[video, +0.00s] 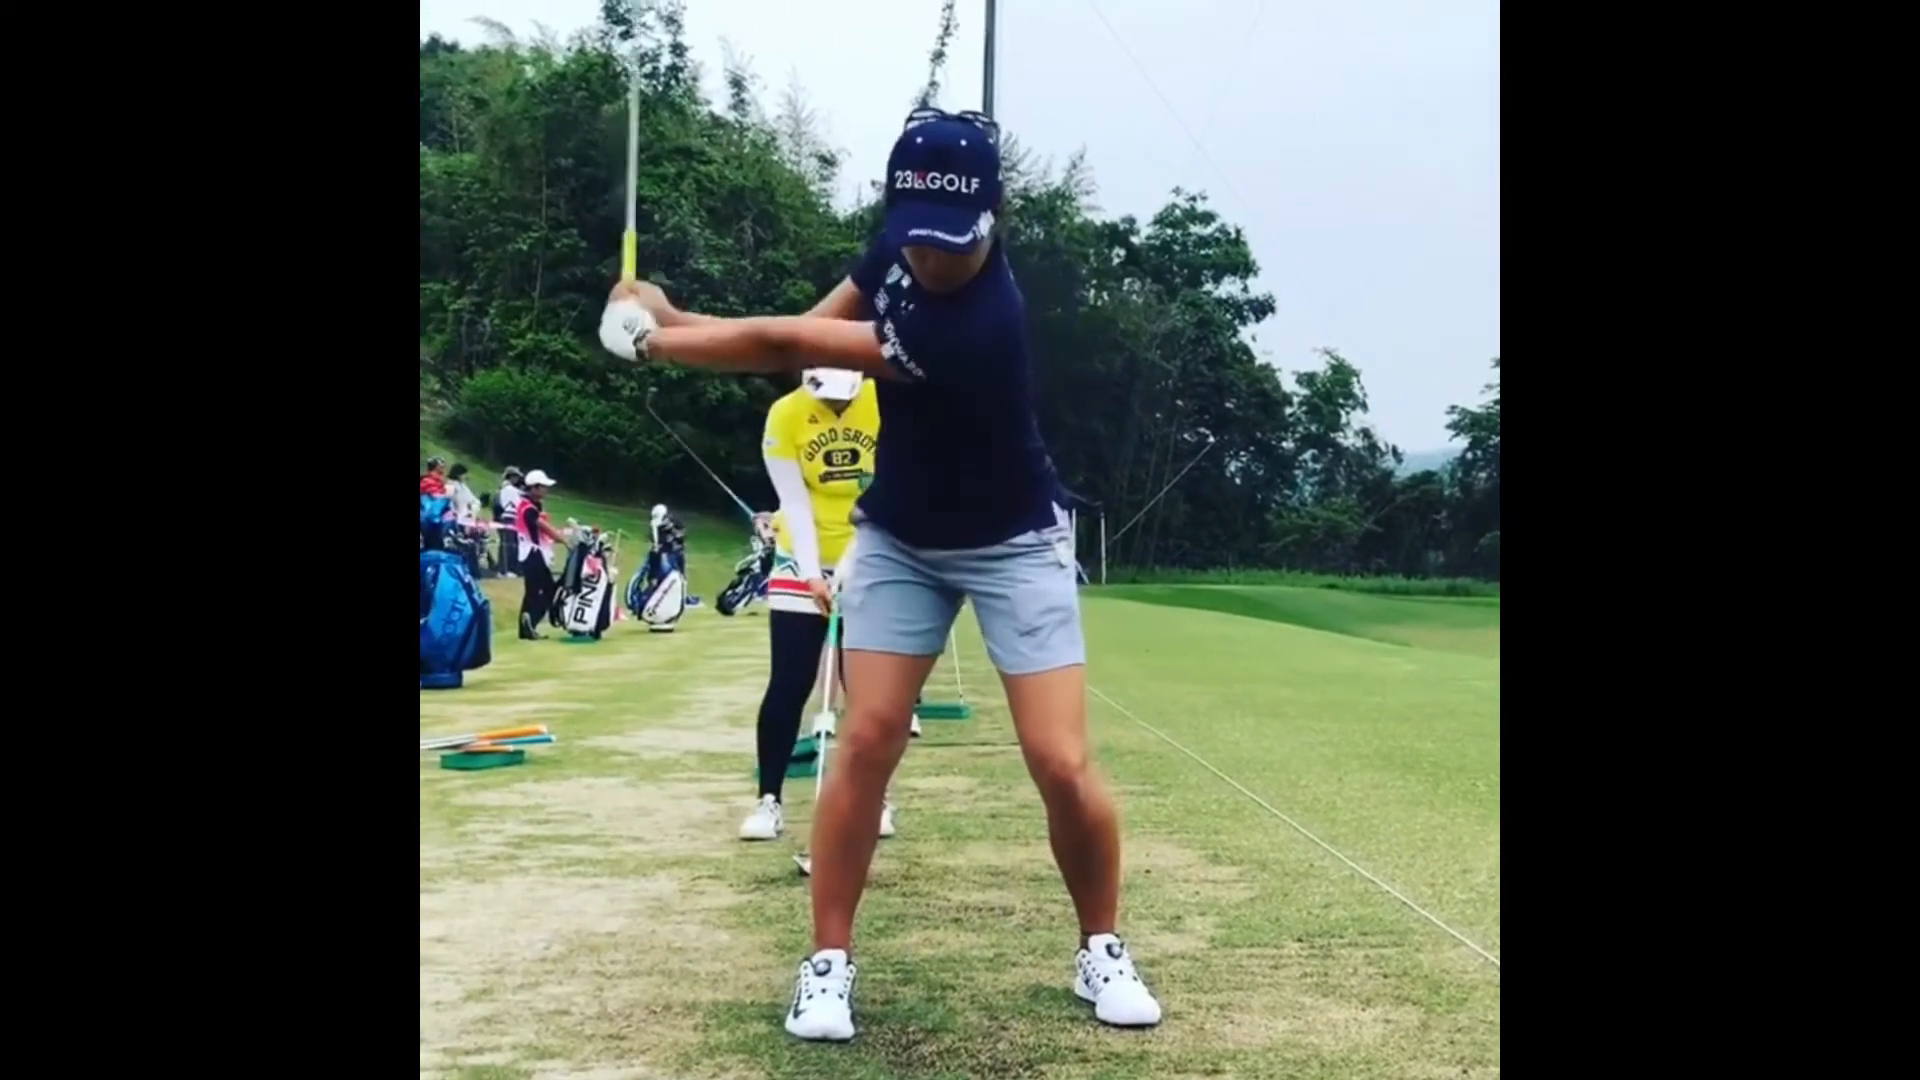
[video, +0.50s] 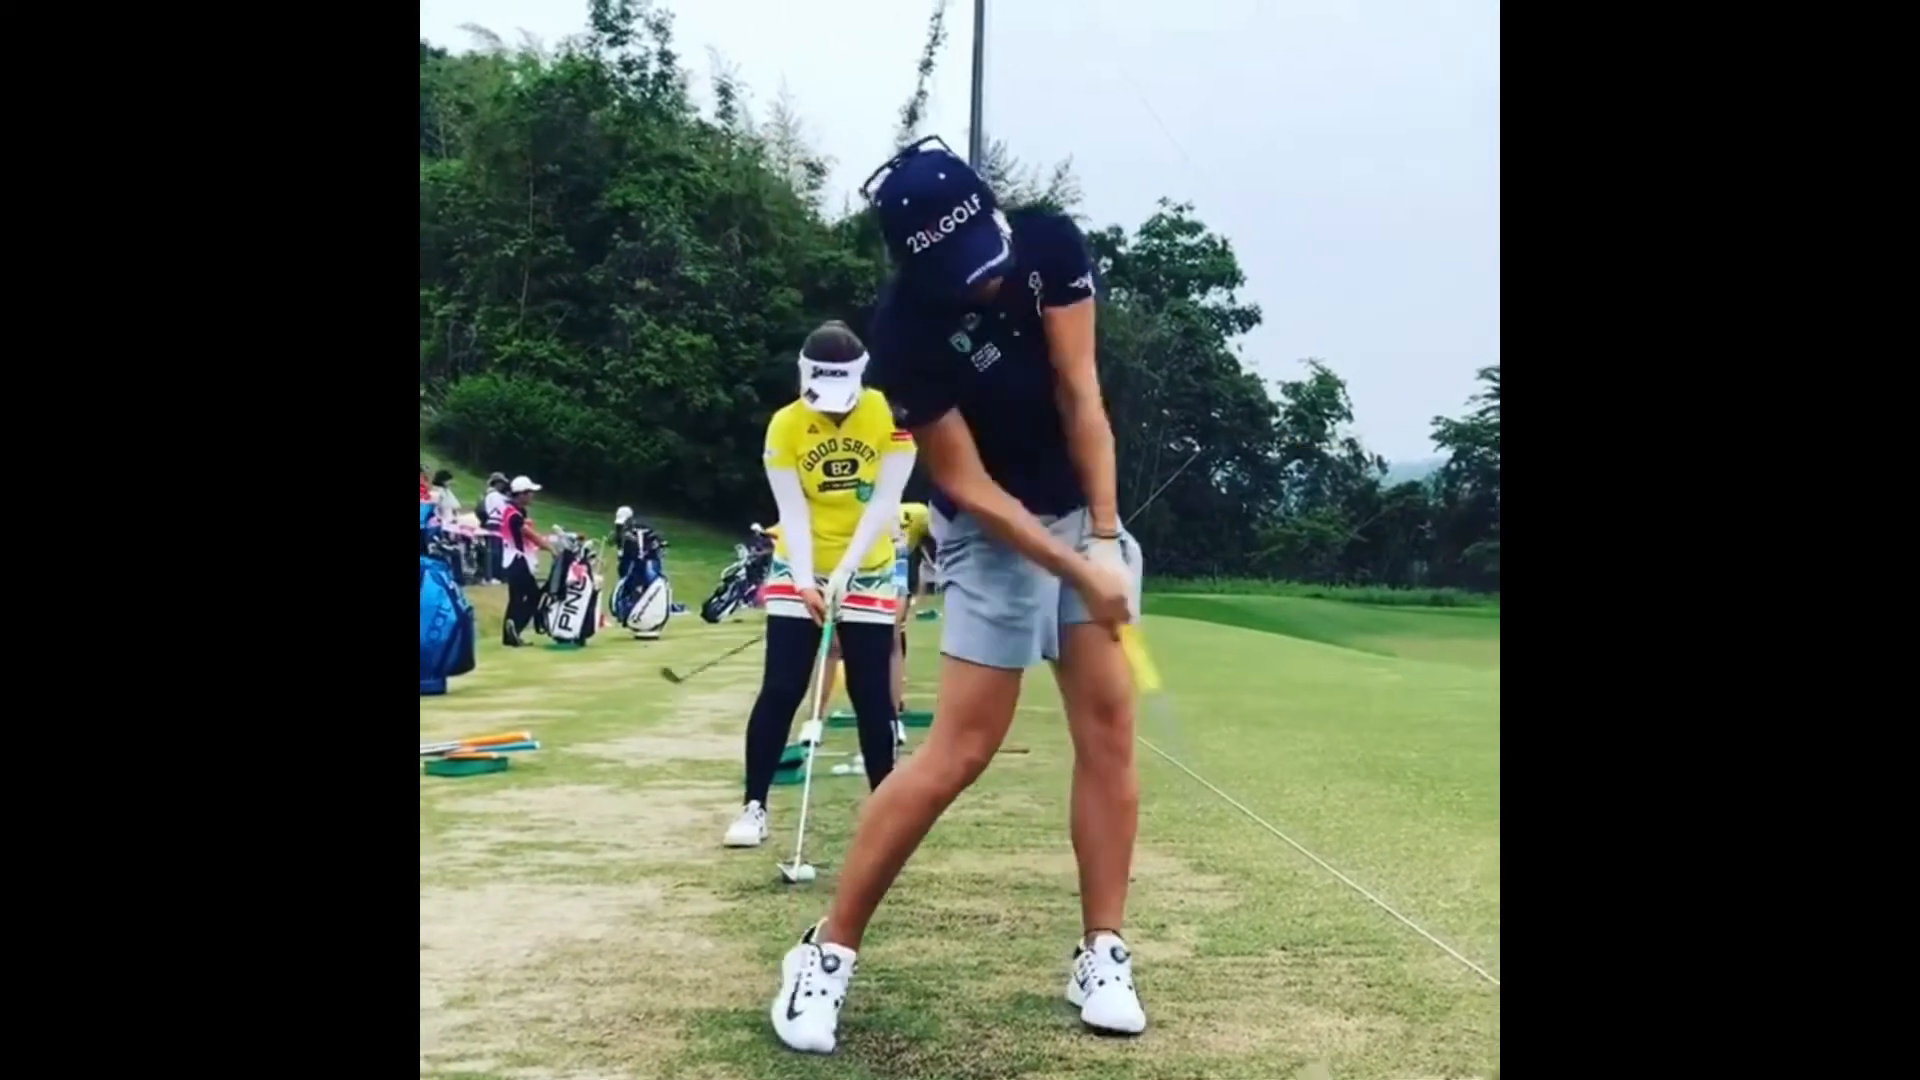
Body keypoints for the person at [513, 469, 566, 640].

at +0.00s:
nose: (545, 491)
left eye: (546, 488)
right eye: (542, 488)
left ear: (535, 490)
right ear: (533, 489)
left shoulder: (529, 506)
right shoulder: (529, 510)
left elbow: (544, 528)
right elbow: (547, 530)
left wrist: (561, 535)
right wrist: (564, 540)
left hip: (532, 551)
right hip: (533, 553)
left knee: (532, 590)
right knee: (549, 587)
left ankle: (526, 627)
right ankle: (531, 619)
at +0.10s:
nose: (545, 493)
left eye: (545, 489)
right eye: (542, 489)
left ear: (534, 491)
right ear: (533, 490)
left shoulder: (526, 507)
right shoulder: (529, 511)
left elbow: (544, 530)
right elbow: (546, 531)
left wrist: (561, 536)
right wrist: (564, 541)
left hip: (529, 553)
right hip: (532, 554)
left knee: (531, 592)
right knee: (549, 589)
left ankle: (525, 629)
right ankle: (531, 621)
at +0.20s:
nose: (543, 494)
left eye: (543, 490)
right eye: (540, 490)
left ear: (532, 492)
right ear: (531, 491)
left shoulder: (527, 509)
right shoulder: (526, 513)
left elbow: (542, 531)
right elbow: (544, 533)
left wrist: (560, 537)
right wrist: (562, 544)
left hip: (528, 553)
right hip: (529, 555)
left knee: (529, 593)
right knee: (547, 590)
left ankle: (523, 631)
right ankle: (528, 622)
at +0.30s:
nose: (541, 495)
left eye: (541, 492)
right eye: (538, 491)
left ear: (530, 494)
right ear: (529, 493)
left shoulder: (525, 510)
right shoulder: (523, 514)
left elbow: (540, 533)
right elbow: (540, 534)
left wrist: (557, 540)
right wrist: (559, 545)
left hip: (526, 555)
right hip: (526, 556)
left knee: (526, 594)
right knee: (544, 591)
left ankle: (520, 633)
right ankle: (525, 624)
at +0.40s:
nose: (537, 496)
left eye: (536, 492)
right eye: (534, 492)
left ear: (525, 494)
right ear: (524, 493)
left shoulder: (520, 511)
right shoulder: (519, 515)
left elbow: (535, 533)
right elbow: (536, 535)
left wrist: (553, 540)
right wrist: (555, 546)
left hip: (520, 556)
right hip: (521, 558)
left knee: (521, 595)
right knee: (539, 592)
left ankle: (515, 634)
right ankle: (521, 624)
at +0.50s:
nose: (532, 497)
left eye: (532, 493)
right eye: (529, 493)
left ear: (520, 495)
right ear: (520, 495)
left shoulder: (513, 512)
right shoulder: (514, 516)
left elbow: (530, 534)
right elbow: (531, 536)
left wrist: (548, 541)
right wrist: (550, 547)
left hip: (514, 556)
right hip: (517, 559)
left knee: (516, 596)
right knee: (534, 593)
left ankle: (509, 635)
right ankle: (516, 625)